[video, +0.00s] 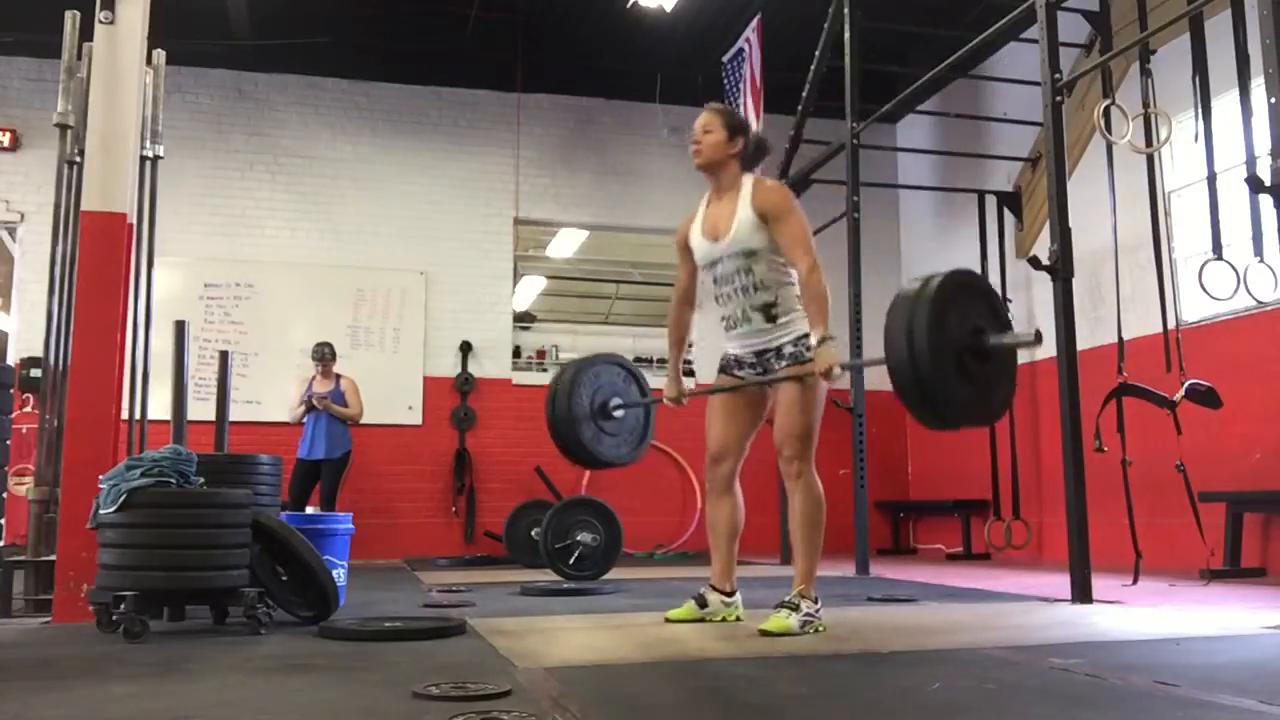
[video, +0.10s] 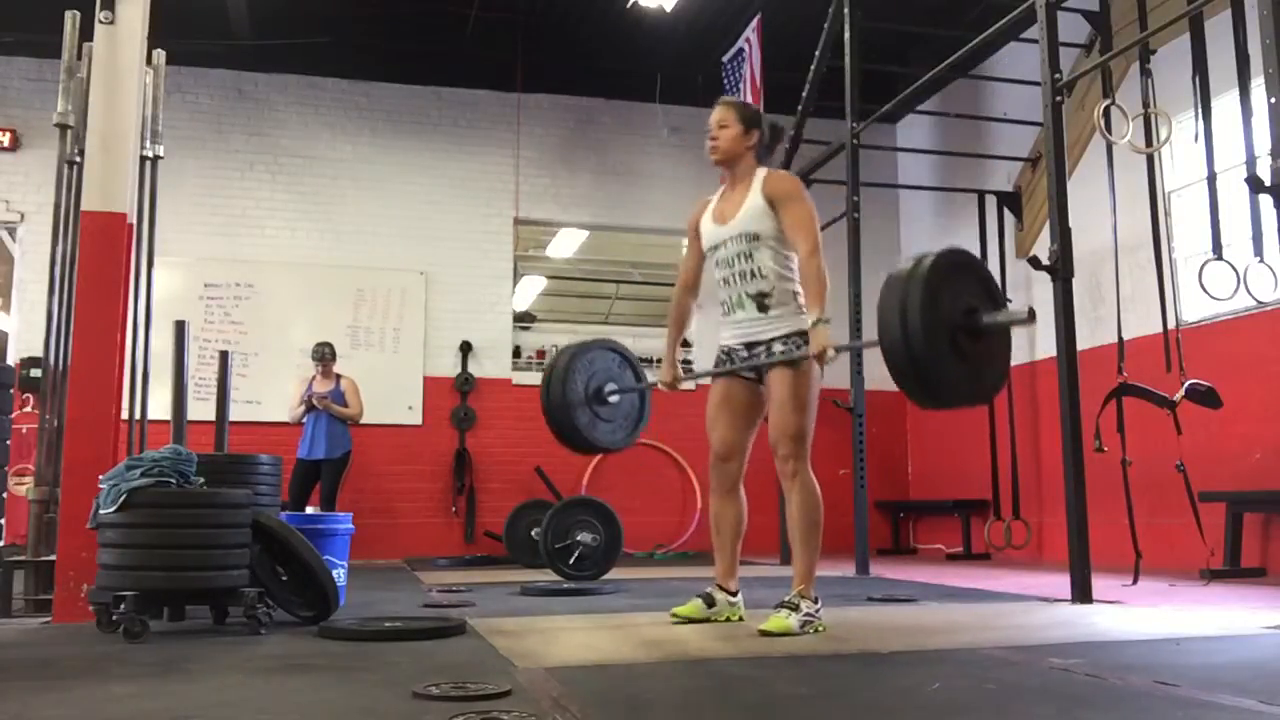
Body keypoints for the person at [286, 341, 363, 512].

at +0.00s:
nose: (321, 370)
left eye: (325, 365)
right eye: (317, 365)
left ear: (334, 362)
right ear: (313, 363)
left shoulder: (346, 383)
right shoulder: (306, 383)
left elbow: (356, 415)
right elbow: (292, 417)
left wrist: (329, 406)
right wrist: (306, 405)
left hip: (336, 450)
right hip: (309, 450)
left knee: (327, 502)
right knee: (295, 500)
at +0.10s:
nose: (321, 370)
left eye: (325, 365)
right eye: (317, 365)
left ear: (334, 362)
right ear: (313, 363)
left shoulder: (346, 383)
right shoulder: (307, 383)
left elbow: (356, 415)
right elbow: (292, 417)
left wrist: (329, 406)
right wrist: (306, 405)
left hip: (336, 450)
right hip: (309, 450)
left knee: (327, 502)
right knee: (295, 500)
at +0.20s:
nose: (321, 369)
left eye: (326, 365)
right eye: (318, 365)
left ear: (334, 362)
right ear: (313, 363)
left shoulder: (346, 384)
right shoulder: (307, 383)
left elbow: (356, 415)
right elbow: (292, 417)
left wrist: (329, 405)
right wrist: (306, 405)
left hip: (336, 449)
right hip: (309, 449)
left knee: (327, 501)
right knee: (295, 499)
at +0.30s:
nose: (321, 369)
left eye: (326, 365)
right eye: (318, 365)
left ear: (334, 362)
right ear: (313, 363)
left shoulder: (346, 384)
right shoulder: (307, 383)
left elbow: (356, 415)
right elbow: (292, 417)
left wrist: (329, 405)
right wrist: (306, 406)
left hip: (336, 449)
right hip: (309, 449)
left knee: (327, 501)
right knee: (295, 499)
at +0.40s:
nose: (321, 369)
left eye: (326, 365)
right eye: (318, 365)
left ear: (334, 362)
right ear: (314, 363)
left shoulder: (346, 384)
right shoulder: (307, 383)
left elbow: (356, 415)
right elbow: (292, 417)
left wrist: (329, 405)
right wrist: (306, 406)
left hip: (336, 449)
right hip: (309, 449)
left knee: (327, 501)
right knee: (295, 499)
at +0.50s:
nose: (321, 369)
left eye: (326, 365)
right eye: (318, 365)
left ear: (334, 362)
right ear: (314, 363)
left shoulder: (346, 384)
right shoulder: (307, 383)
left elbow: (356, 415)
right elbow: (292, 417)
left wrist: (329, 405)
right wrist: (306, 405)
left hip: (336, 449)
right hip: (309, 449)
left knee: (327, 501)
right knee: (295, 499)